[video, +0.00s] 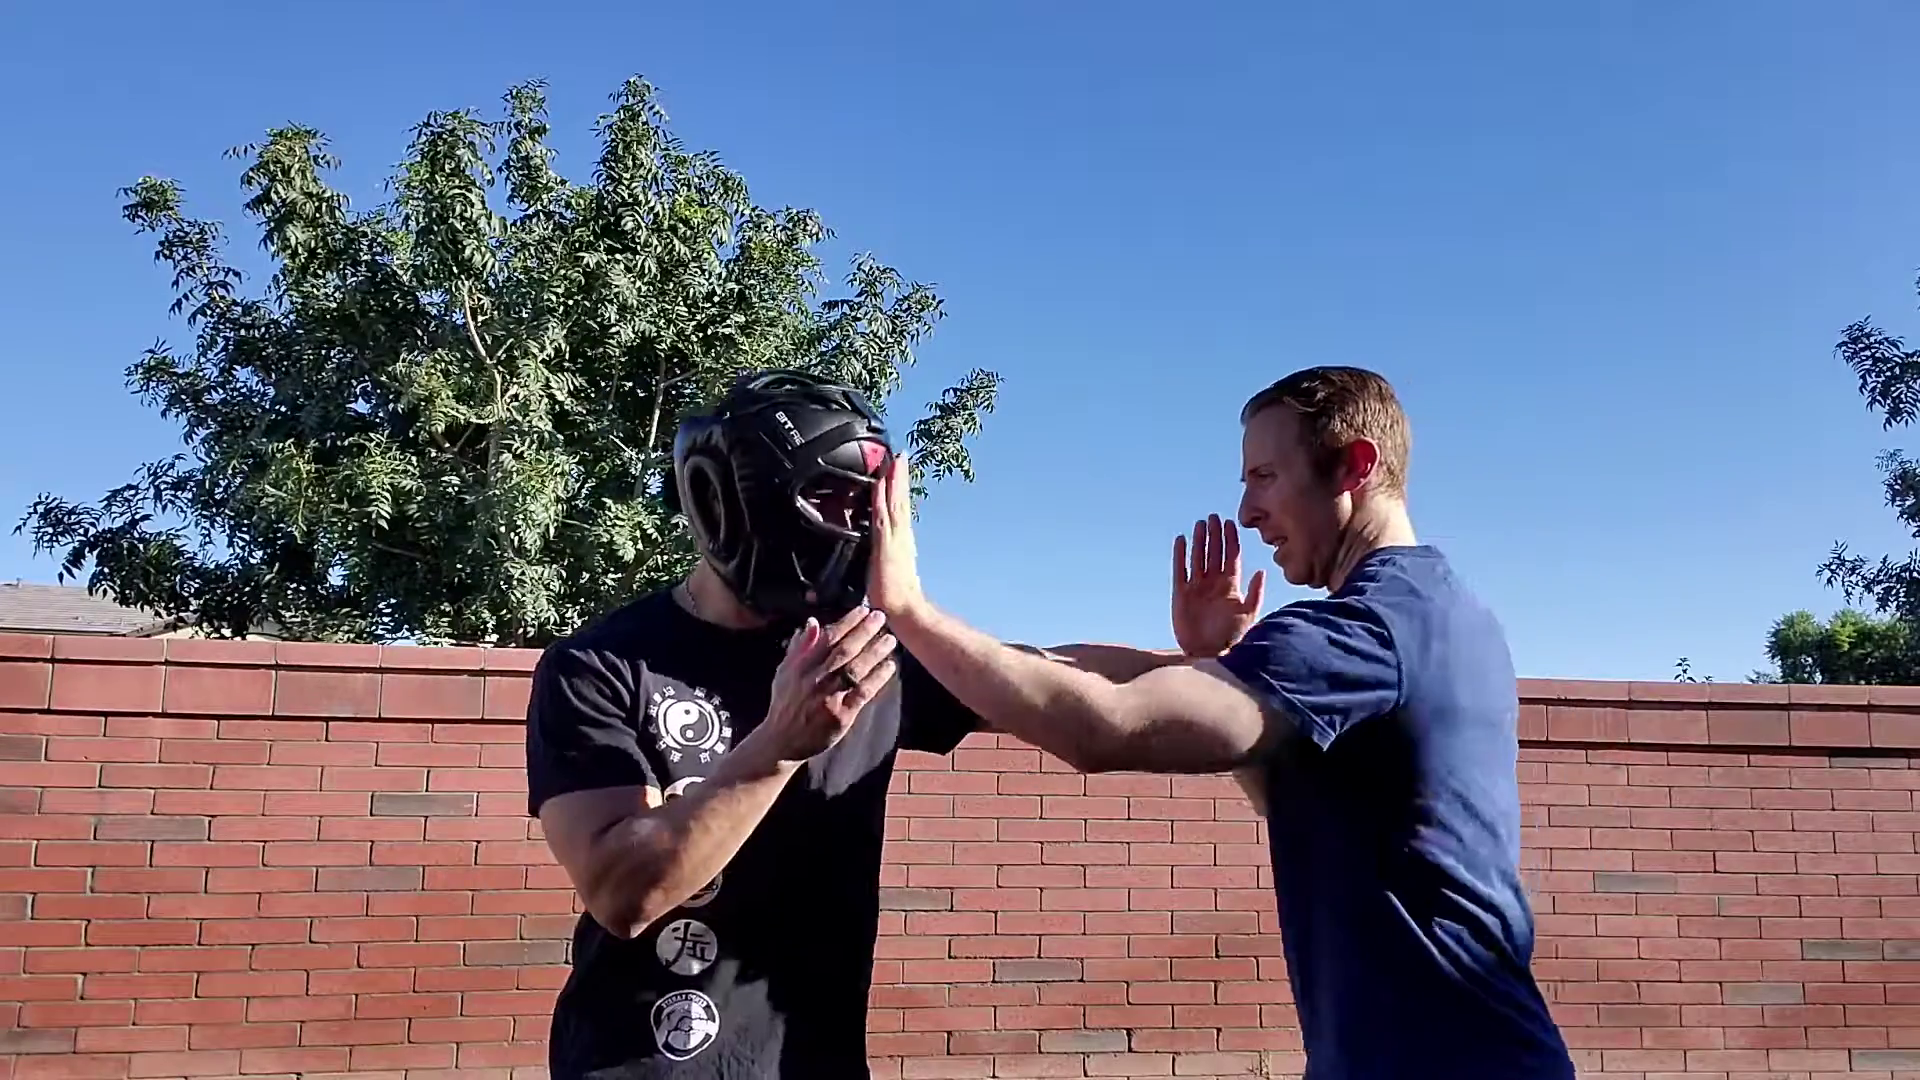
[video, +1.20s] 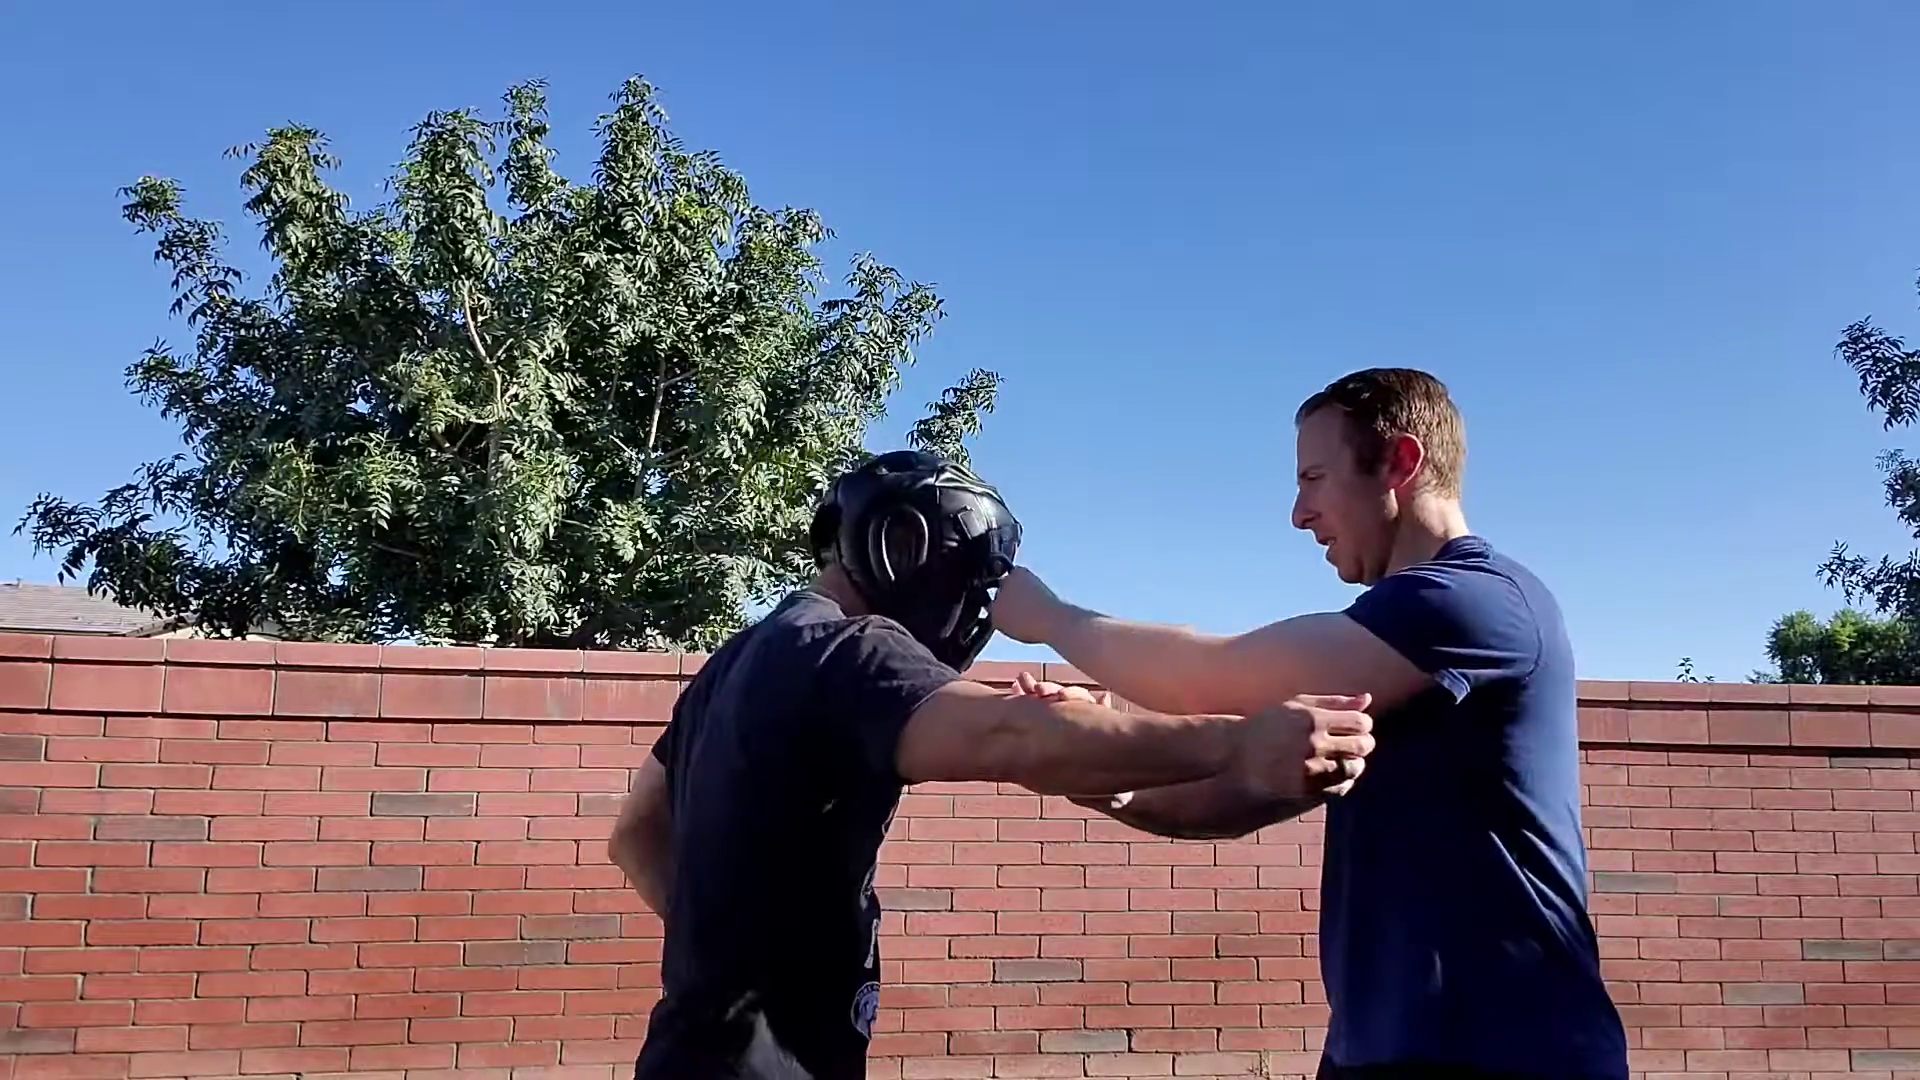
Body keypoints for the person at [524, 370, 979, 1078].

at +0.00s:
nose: (862, 530)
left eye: (869, 503)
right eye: (836, 501)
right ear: (748, 506)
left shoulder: (870, 659)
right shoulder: (595, 668)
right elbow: (623, 894)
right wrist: (780, 741)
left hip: (813, 1057)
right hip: (633, 1059)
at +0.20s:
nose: (859, 544)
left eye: (869, 519)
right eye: (839, 516)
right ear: (761, 512)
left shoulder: (865, 659)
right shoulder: (593, 668)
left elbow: (1050, 703)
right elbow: (570, 898)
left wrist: (916, 626)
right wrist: (754, 783)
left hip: (799, 1053)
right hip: (621, 1058)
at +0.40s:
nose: (809, 548)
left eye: (821, 523)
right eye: (787, 517)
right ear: (692, 505)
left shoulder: (795, 676)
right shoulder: (522, 682)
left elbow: (968, 720)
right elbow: (410, 899)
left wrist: (1114, 704)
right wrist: (584, 937)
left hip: (726, 1061)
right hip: (555, 1063)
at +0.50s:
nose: (850, 554)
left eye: (857, 526)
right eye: (832, 518)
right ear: (732, 500)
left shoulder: (787, 666)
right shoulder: (557, 650)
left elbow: (927, 767)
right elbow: (425, 857)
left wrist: (1110, 726)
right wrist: (578, 881)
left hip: (738, 1059)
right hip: (575, 1060)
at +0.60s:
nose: (907, 567)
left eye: (910, 543)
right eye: (893, 535)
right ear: (792, 520)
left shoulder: (807, 670)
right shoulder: (675, 651)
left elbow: (846, 860)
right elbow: (656, 798)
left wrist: (982, 817)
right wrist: (820, 692)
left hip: (780, 1045)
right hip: (661, 1049)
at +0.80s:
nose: (960, 588)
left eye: (962, 565)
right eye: (947, 563)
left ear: (844, 542)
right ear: (879, 545)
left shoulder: (739, 657)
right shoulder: (827, 650)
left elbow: (660, 850)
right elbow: (1035, 718)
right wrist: (1226, 675)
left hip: (696, 1046)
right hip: (786, 1054)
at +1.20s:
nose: (980, 599)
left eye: (984, 571)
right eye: (969, 569)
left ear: (854, 549)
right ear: (911, 556)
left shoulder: (744, 655)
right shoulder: (849, 654)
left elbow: (636, 836)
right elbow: (1028, 740)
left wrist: (732, 944)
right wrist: (1238, 749)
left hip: (697, 1040)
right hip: (782, 1051)